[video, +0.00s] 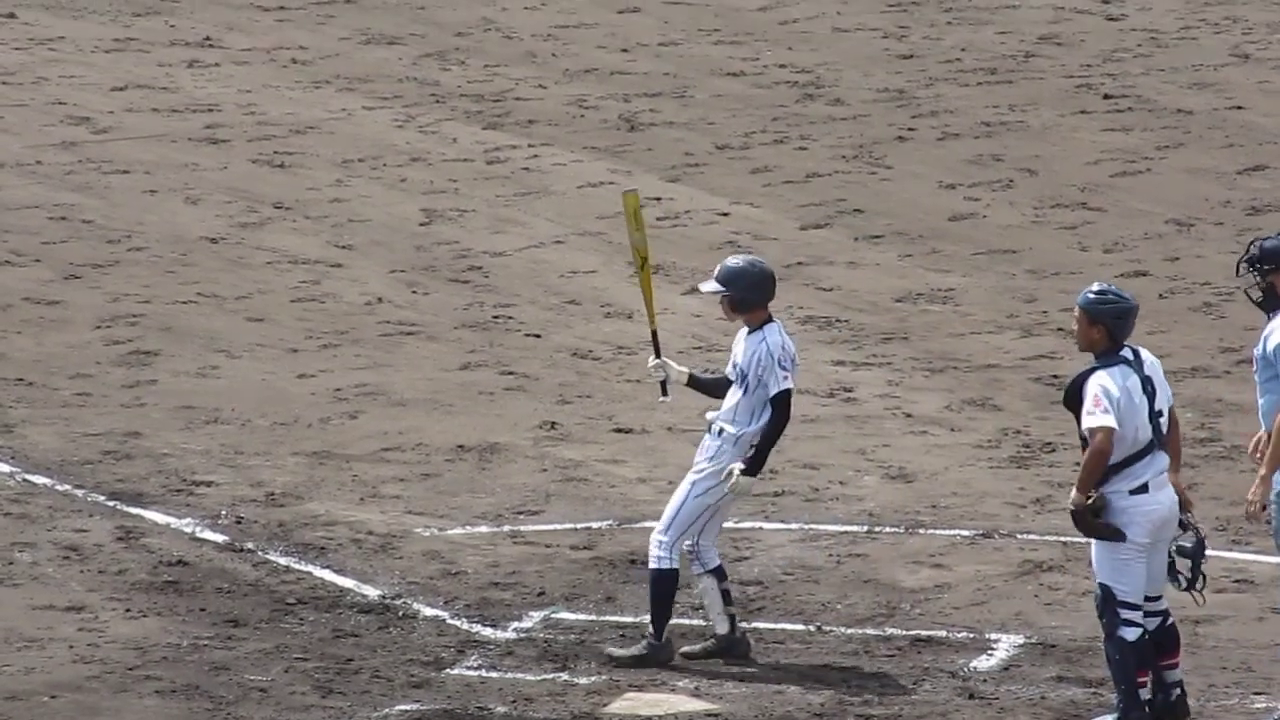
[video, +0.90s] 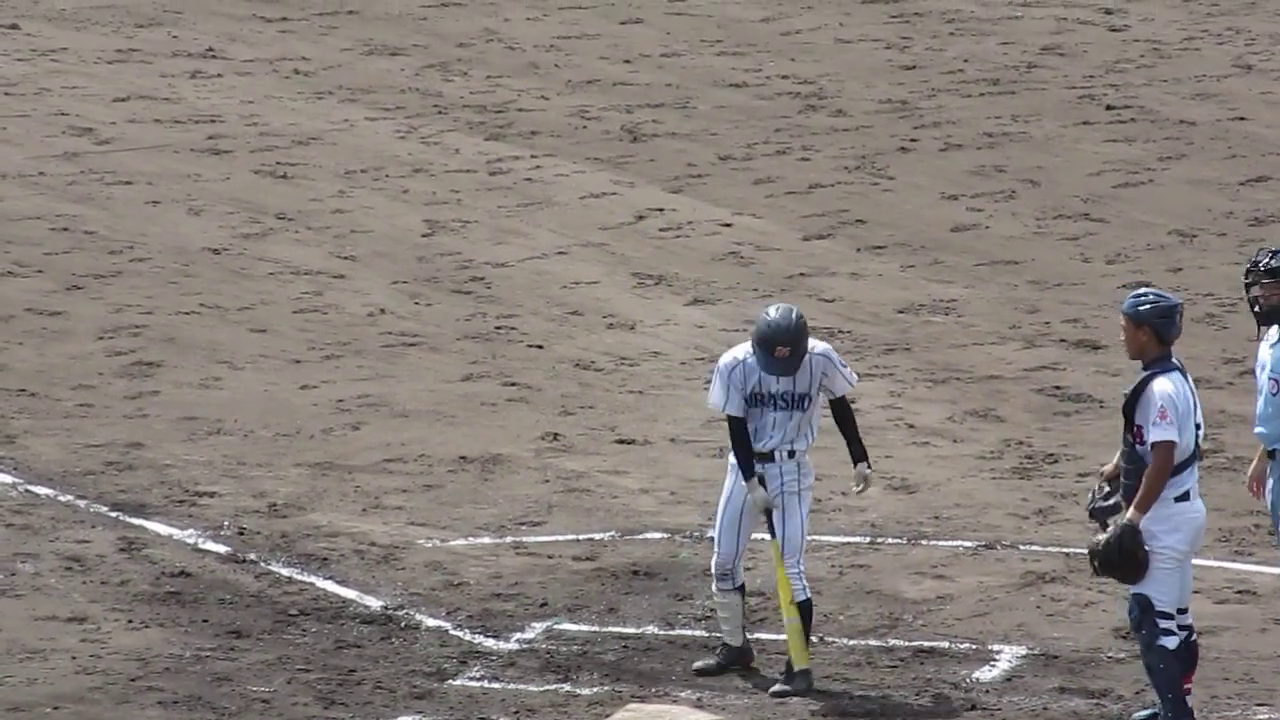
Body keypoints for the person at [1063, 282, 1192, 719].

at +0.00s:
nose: (1073, 325)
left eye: (1079, 319)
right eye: (1076, 318)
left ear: (1099, 330)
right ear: (1113, 327)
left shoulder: (1098, 383)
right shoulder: (1147, 360)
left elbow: (1101, 444)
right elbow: (1171, 425)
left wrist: (1079, 494)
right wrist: (1172, 474)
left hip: (1126, 507)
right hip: (1163, 496)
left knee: (1119, 613)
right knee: (1153, 604)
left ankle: (1131, 707)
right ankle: (1171, 696)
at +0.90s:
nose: (1123, 334)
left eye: (1128, 327)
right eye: (1124, 326)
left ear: (1147, 332)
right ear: (1158, 333)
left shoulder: (1162, 388)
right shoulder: (1169, 376)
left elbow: (1163, 461)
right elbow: (1150, 438)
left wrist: (1131, 519)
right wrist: (1120, 465)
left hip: (1167, 514)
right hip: (1176, 508)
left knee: (1151, 615)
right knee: (1168, 611)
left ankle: (1175, 708)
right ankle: (1172, 701)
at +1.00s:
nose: (1125, 337)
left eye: (1130, 329)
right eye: (1126, 328)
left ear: (1149, 335)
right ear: (1160, 333)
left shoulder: (1160, 392)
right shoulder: (1178, 372)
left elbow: (1156, 465)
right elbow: (1144, 405)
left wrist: (1130, 527)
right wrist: (1108, 420)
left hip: (1166, 515)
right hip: (1180, 507)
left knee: (1160, 617)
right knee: (1167, 612)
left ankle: (1176, 708)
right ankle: (1174, 702)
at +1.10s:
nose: (1126, 338)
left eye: (1130, 331)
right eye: (1127, 330)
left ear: (1148, 336)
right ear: (1163, 335)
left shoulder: (1157, 395)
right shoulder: (1184, 370)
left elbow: (1150, 469)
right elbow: (1150, 375)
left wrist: (1131, 533)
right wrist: (1107, 369)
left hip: (1167, 517)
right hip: (1186, 507)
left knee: (1166, 617)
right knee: (1162, 612)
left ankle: (1177, 708)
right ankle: (1173, 701)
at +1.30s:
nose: (1123, 342)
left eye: (1127, 335)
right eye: (1124, 334)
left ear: (1141, 341)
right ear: (1165, 339)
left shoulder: (1149, 403)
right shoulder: (1184, 369)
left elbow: (1147, 477)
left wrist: (1141, 544)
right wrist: (1128, 304)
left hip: (1168, 520)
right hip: (1194, 509)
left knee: (1169, 621)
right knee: (1166, 612)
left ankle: (1179, 708)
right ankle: (1172, 699)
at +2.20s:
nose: (1124, 342)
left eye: (1127, 337)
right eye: (1125, 336)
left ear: (1140, 345)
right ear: (1168, 340)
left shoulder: (1155, 404)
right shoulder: (1182, 376)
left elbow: (1150, 481)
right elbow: (1127, 407)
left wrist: (1142, 548)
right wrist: (1119, 359)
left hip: (1166, 523)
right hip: (1186, 514)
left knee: (1164, 624)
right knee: (1161, 617)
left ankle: (1184, 708)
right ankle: (1179, 700)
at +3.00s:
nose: (1103, 350)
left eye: (1107, 342)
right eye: (1102, 342)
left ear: (1128, 345)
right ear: (1139, 340)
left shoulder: (1151, 389)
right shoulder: (1167, 372)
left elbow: (1156, 461)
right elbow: (1145, 436)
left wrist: (1124, 509)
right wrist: (1113, 403)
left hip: (1184, 515)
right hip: (1194, 508)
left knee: (1150, 614)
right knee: (1157, 610)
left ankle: (1185, 707)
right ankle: (1187, 701)